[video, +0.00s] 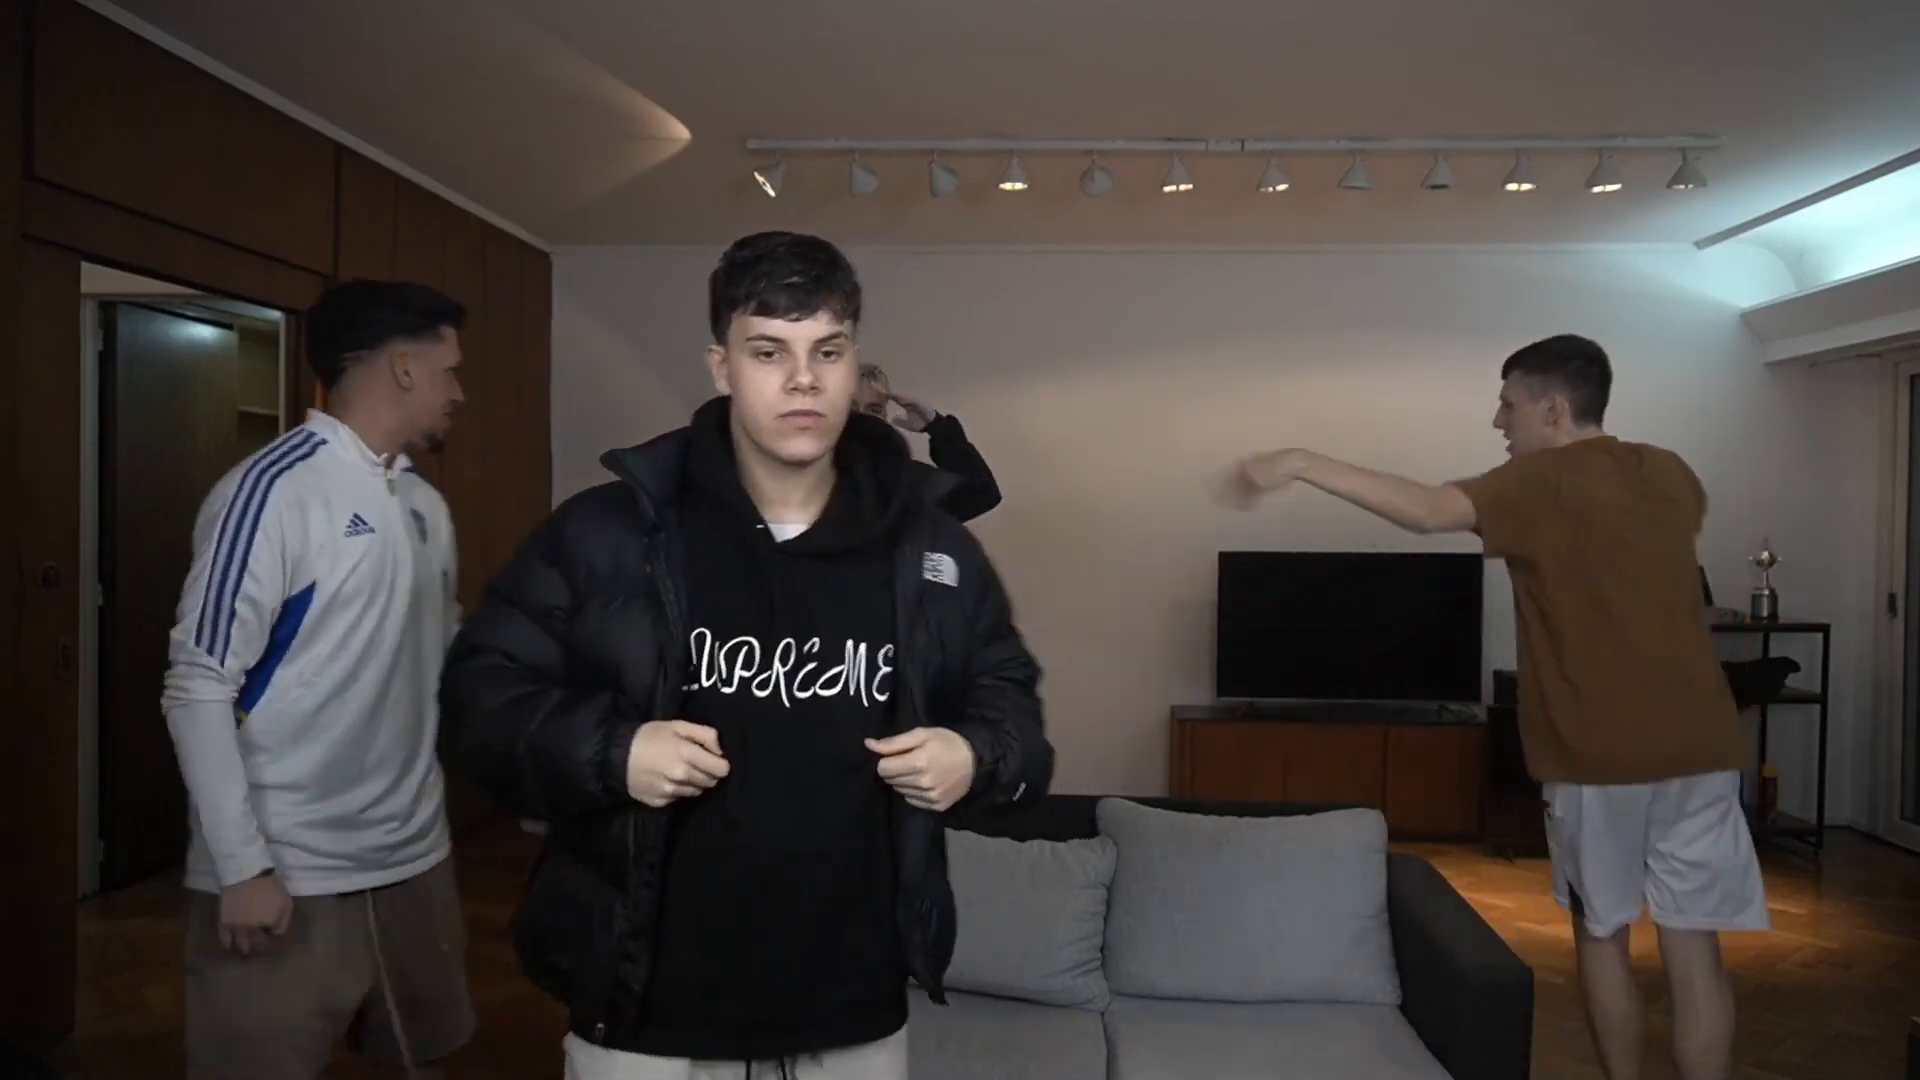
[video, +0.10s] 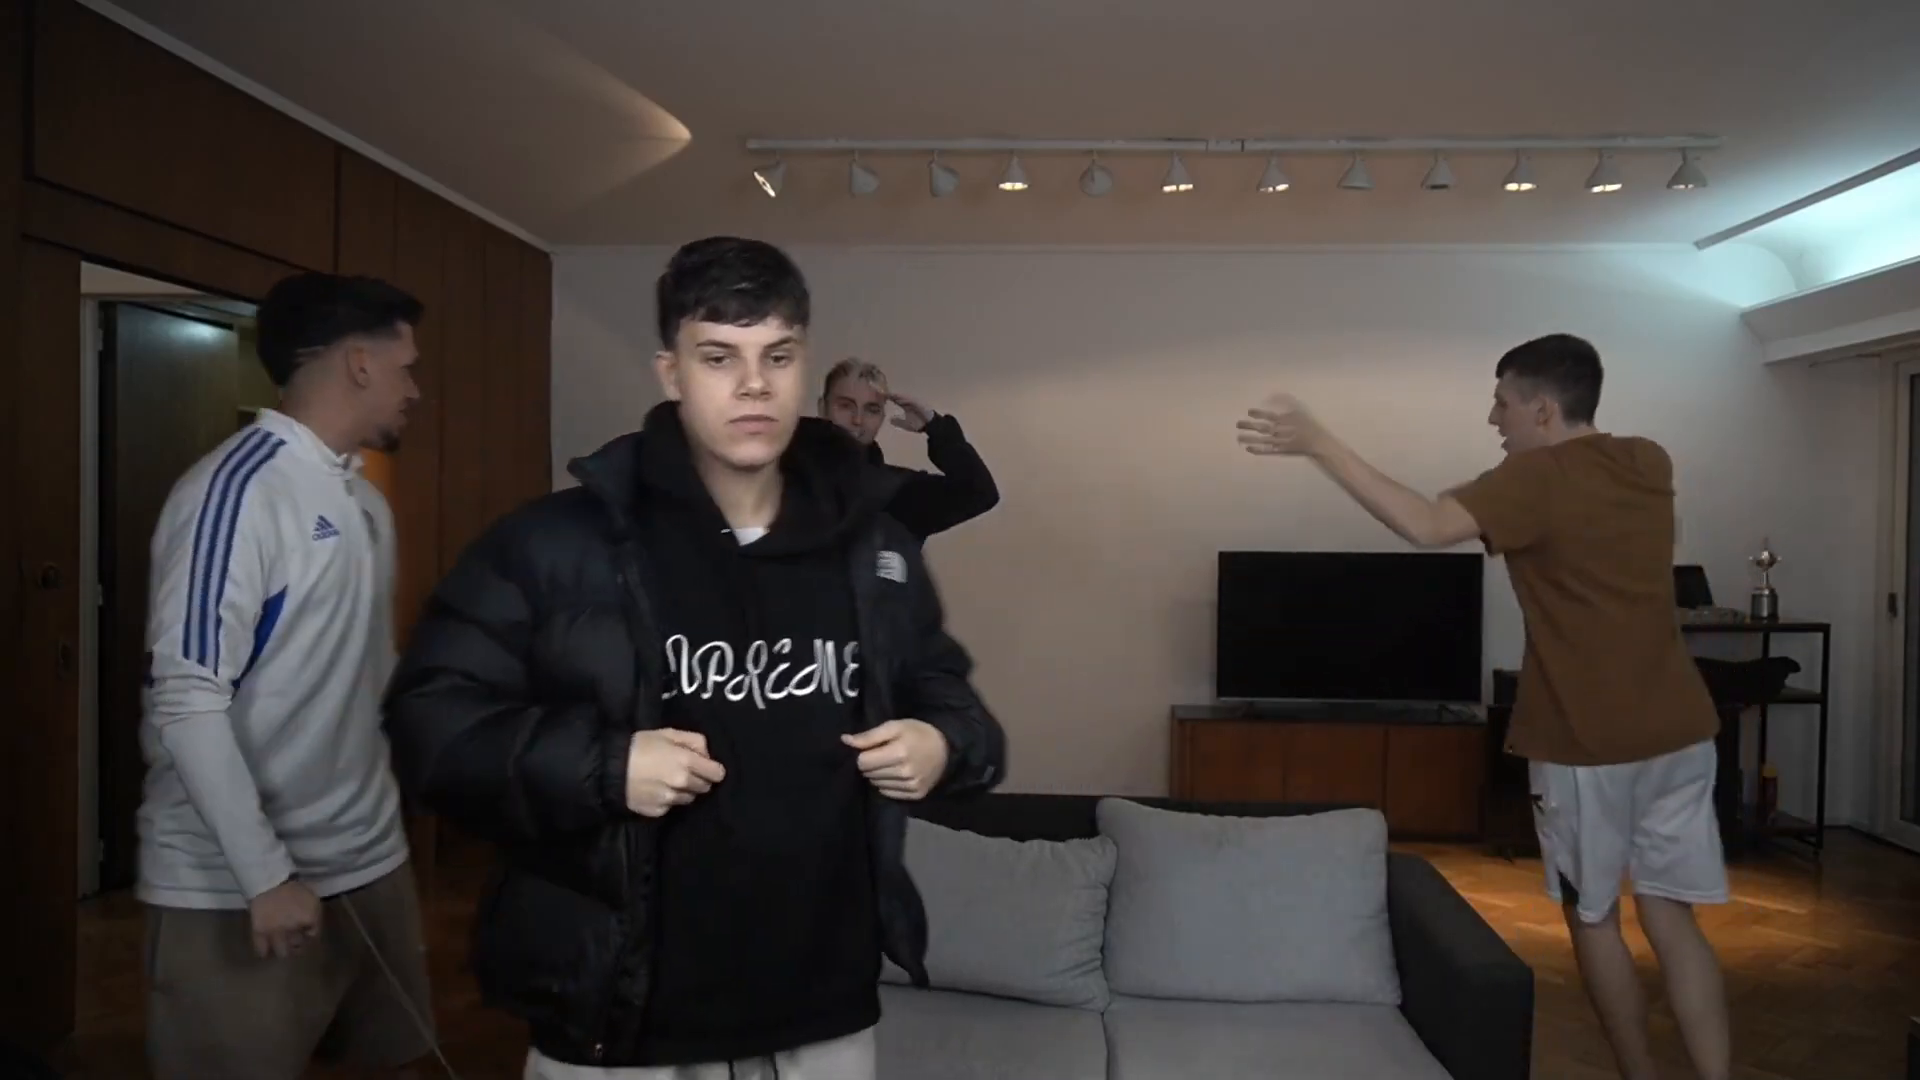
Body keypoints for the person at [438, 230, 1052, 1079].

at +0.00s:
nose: (802, 383)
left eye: (828, 354)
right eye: (770, 354)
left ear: (858, 366)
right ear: (721, 366)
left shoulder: (927, 545)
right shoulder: (610, 532)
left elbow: (1016, 724)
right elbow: (478, 697)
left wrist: (975, 757)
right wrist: (610, 749)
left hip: (850, 1009)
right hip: (650, 1009)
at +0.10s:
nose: (754, 387)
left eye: (779, 358)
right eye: (720, 359)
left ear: (806, 369)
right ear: (669, 373)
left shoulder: (869, 539)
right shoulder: (561, 544)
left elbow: (958, 713)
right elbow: (431, 721)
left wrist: (943, 747)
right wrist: (603, 764)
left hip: (819, 1012)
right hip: (620, 1017)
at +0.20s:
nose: (693, 394)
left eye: (718, 365)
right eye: (658, 366)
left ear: (744, 375)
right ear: (607, 380)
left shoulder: (802, 546)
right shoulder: (499, 557)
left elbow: (872, 697)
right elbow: (375, 739)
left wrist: (893, 742)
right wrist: (576, 778)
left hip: (766, 1013)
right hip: (568, 1024)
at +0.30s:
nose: (630, 400)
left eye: (655, 372)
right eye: (594, 373)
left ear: (682, 384)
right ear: (540, 389)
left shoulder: (732, 555)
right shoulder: (433, 574)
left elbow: (809, 699)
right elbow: (322, 768)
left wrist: (827, 743)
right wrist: (542, 791)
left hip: (705, 1013)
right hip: (514, 1027)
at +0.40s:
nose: (581, 398)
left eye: (604, 369)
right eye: (542, 371)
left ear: (629, 378)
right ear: (487, 386)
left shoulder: (665, 552)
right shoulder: (385, 573)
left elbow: (723, 696)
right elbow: (280, 770)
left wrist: (768, 741)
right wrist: (511, 794)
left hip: (658, 1013)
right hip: (471, 1029)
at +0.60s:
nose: (505, 389)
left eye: (525, 360)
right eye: (465, 362)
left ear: (547, 369)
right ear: (402, 374)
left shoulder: (566, 537)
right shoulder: (307, 562)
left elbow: (620, 677)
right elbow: (221, 773)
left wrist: (673, 714)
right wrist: (463, 782)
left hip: (581, 995)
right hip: (405, 1021)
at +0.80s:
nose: (431, 389)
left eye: (447, 360)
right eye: (391, 362)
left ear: (467, 370)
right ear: (323, 378)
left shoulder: (481, 528)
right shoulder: (236, 556)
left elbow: (527, 677)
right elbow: (168, 769)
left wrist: (601, 697)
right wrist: (412, 760)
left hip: (493, 982)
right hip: (335, 1008)